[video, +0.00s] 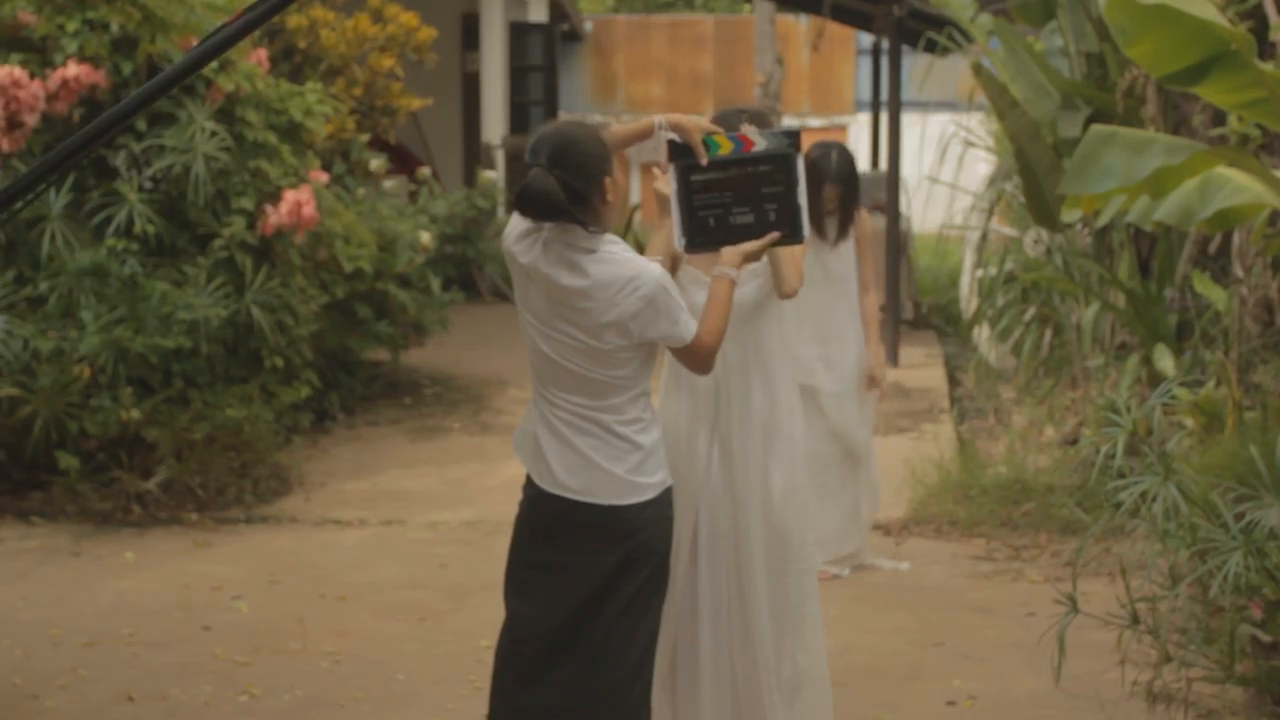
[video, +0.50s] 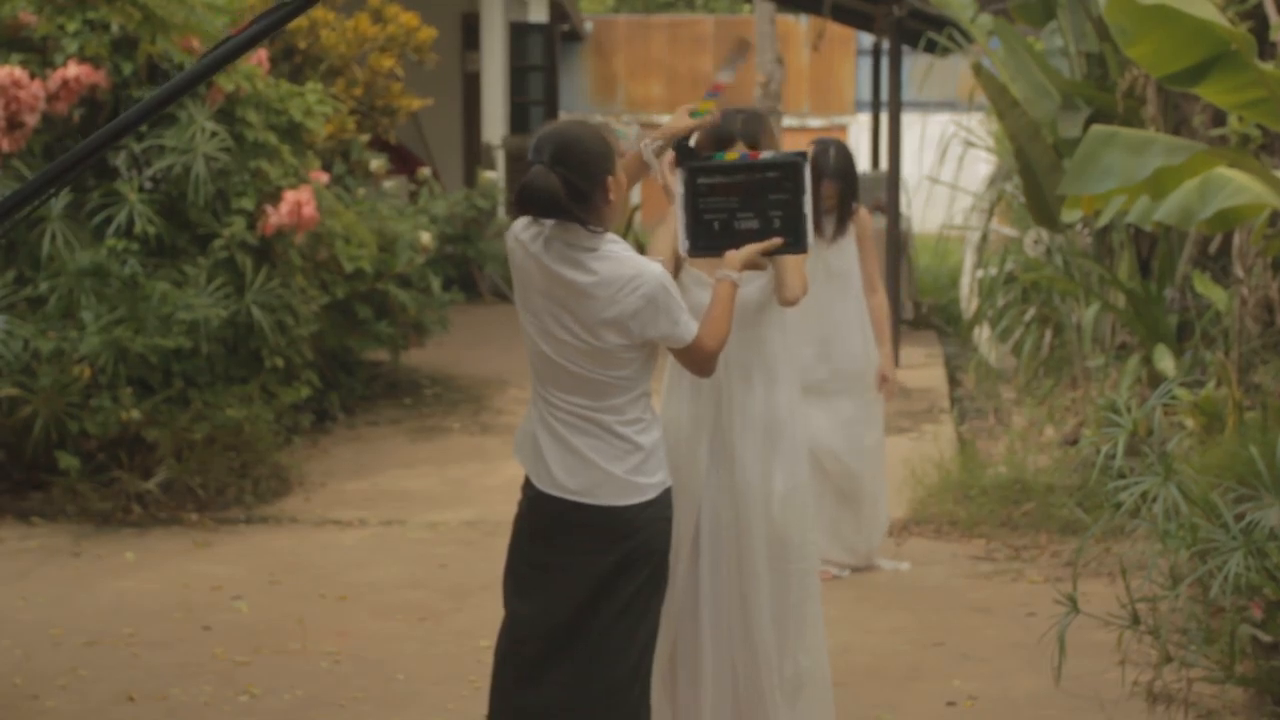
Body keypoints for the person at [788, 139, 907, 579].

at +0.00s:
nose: (828, 201)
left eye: (836, 192)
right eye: (821, 192)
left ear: (849, 189)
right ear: (806, 188)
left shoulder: (860, 225)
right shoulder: (792, 223)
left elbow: (869, 291)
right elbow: (778, 290)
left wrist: (874, 351)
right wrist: (774, 357)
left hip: (843, 353)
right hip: (796, 355)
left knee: (844, 450)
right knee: (803, 451)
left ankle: (845, 547)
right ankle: (809, 550)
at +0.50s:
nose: (826, 194)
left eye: (834, 185)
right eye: (819, 185)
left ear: (846, 184)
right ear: (806, 183)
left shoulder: (858, 221)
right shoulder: (789, 218)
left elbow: (874, 290)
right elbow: (773, 289)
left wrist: (885, 355)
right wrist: (769, 358)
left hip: (848, 356)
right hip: (797, 359)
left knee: (851, 453)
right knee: (805, 455)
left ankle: (858, 547)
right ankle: (817, 552)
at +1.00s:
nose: (830, 174)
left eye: (837, 164)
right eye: (819, 164)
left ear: (848, 163)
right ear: (800, 164)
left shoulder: (855, 210)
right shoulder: (782, 210)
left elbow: (871, 285)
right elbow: (770, 280)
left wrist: (882, 353)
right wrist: (775, 346)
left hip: (844, 345)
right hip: (794, 343)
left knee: (841, 444)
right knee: (799, 444)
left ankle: (848, 545)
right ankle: (806, 549)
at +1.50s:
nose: (815, 159)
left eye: (825, 151)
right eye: (807, 150)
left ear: (840, 160)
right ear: (793, 159)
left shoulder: (858, 218)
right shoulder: (779, 218)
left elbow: (871, 288)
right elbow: (769, 290)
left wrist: (871, 349)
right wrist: (773, 351)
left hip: (846, 348)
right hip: (793, 348)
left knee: (851, 447)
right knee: (800, 445)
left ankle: (852, 545)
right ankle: (807, 547)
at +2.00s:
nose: (813, 164)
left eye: (822, 156)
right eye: (805, 155)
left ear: (836, 163)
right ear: (792, 164)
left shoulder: (849, 208)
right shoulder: (780, 214)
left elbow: (867, 213)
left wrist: (844, 154)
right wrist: (779, 153)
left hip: (847, 336)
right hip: (795, 336)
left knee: (851, 435)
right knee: (801, 437)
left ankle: (852, 542)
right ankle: (808, 544)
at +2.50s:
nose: (811, 148)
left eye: (821, 142)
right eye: (804, 141)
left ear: (839, 159)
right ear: (791, 156)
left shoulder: (848, 209)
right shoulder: (776, 208)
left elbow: (884, 222)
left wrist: (853, 176)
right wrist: (773, 174)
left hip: (845, 334)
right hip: (792, 335)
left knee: (847, 436)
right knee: (798, 435)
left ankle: (851, 543)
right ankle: (805, 545)